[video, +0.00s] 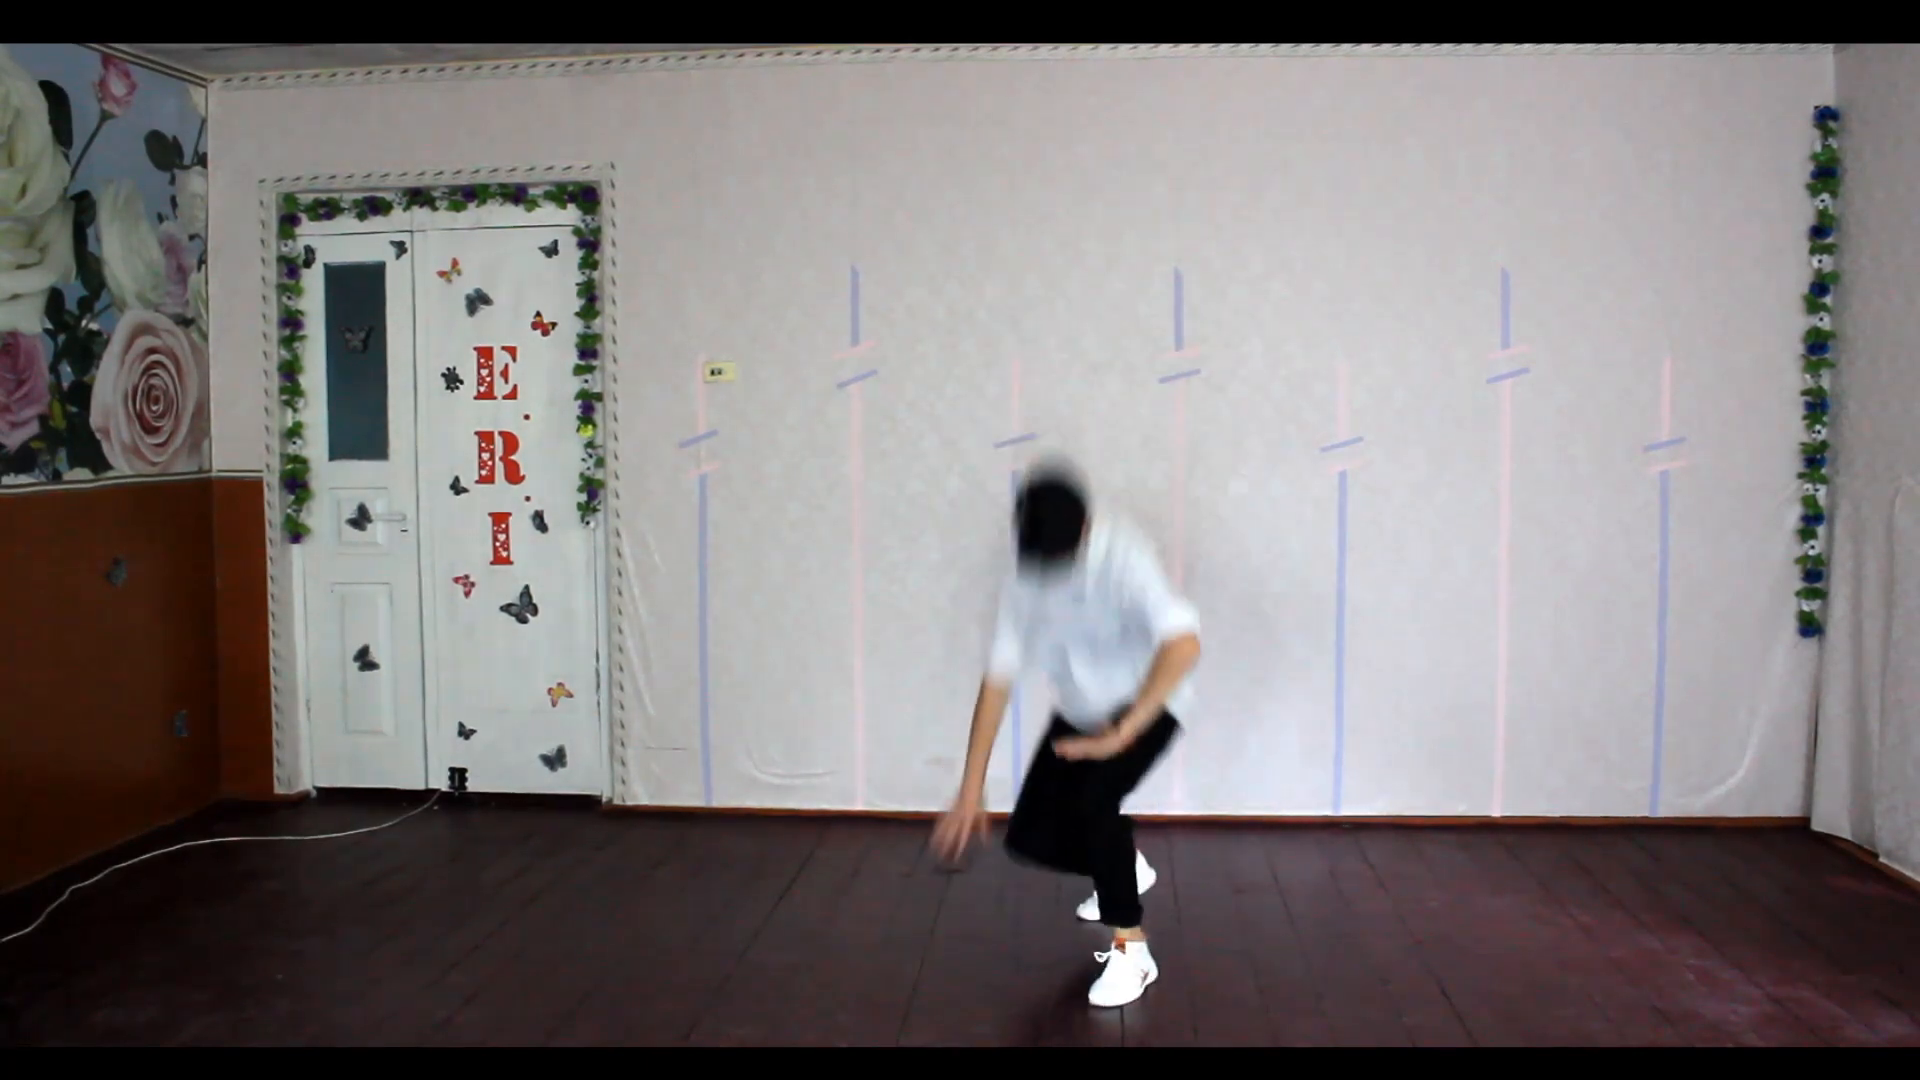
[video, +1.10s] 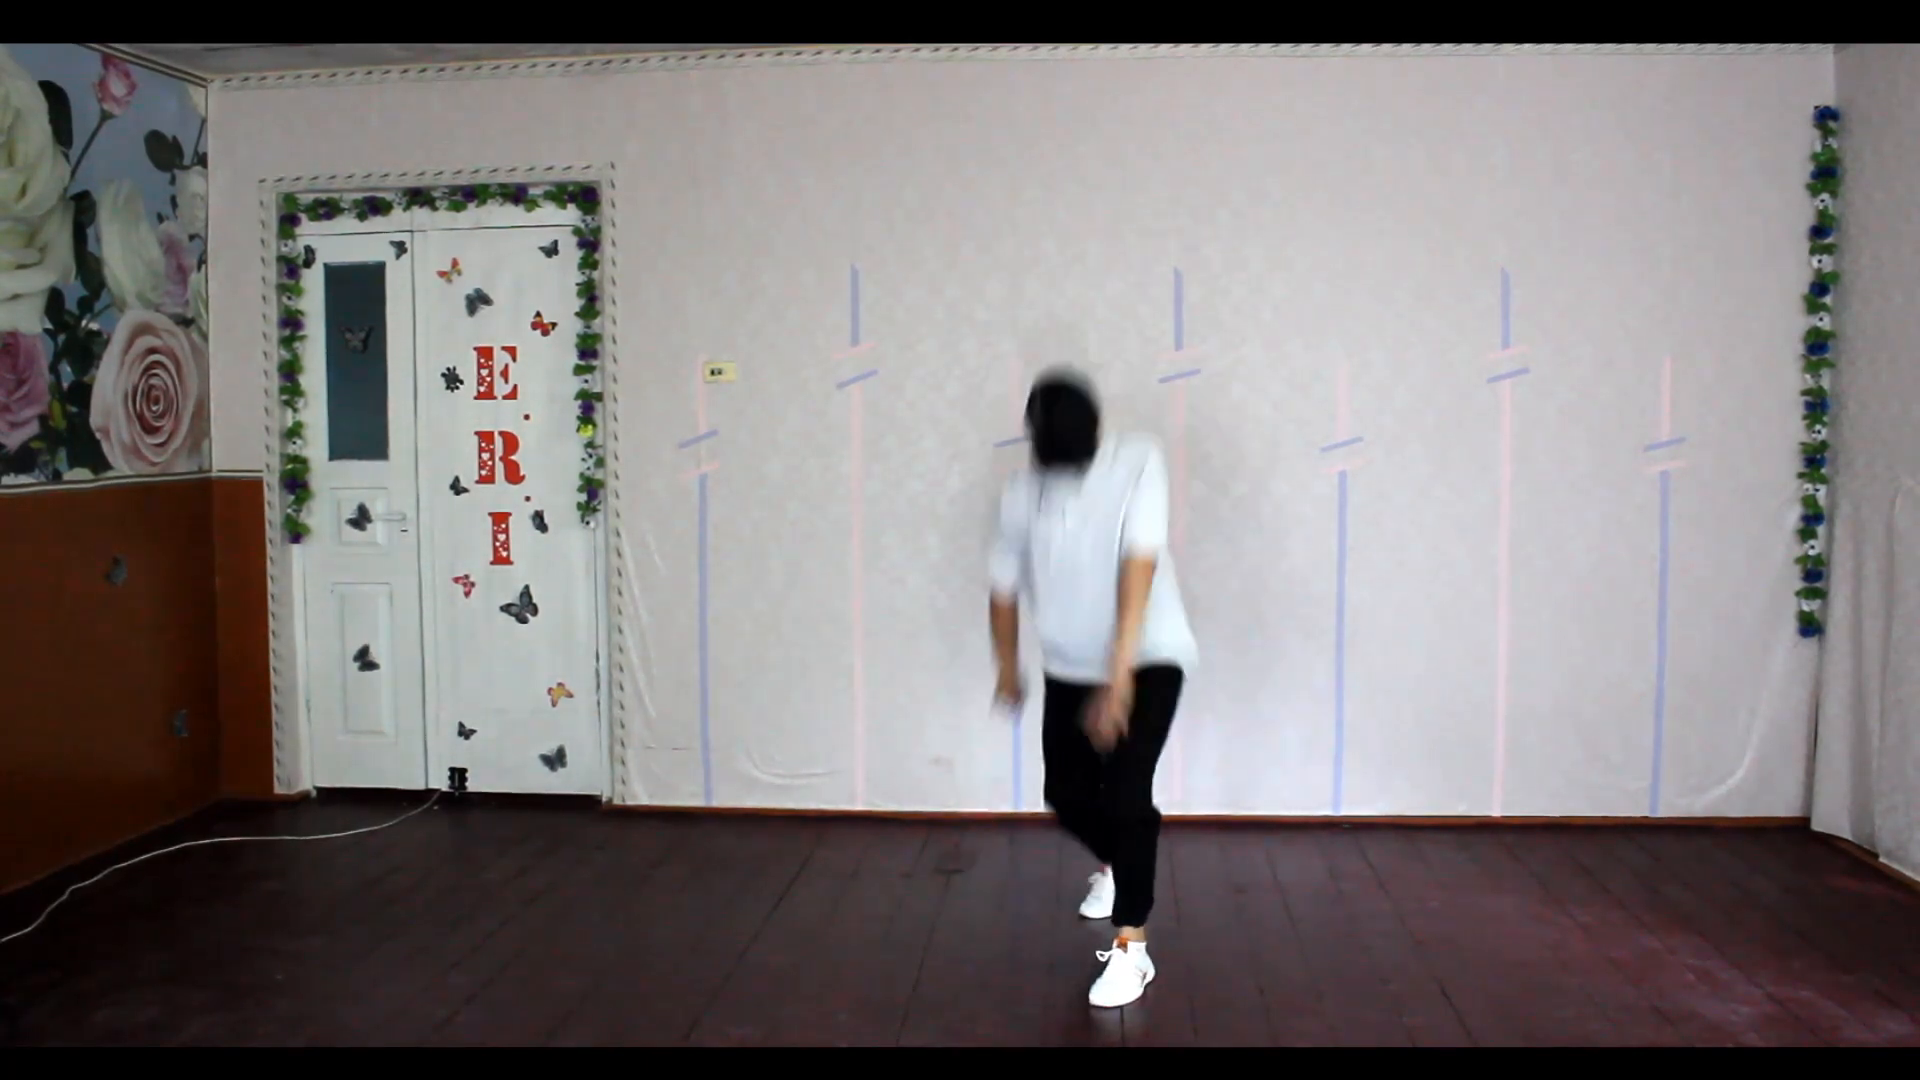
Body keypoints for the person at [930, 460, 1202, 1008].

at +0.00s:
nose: (1051, 567)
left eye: (1059, 557)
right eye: (1040, 558)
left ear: (1083, 532)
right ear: (1024, 538)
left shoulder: (1121, 552)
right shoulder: (1025, 574)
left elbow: (1183, 640)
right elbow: (996, 684)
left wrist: (1121, 734)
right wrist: (969, 794)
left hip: (1141, 715)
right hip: (1076, 716)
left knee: (1094, 804)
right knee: (1030, 836)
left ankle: (1130, 951)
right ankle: (1124, 866)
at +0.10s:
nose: (1041, 673)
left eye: (1048, 661)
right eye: (1029, 664)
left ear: (1069, 634)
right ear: (1013, 644)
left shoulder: (1113, 635)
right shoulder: (1013, 669)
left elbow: (1194, 693)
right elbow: (985, 771)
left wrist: (1136, 765)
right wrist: (963, 876)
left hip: (1159, 749)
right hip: (1083, 761)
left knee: (1104, 800)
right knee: (1025, 877)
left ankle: (1128, 947)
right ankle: (1118, 868)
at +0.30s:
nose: (1036, 824)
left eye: (1053, 793)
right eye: (1029, 816)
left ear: (1065, 759)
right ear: (1005, 773)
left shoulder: (1111, 727)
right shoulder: (1002, 773)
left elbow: (1212, 719)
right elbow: (990, 839)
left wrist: (1162, 780)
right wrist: (981, 926)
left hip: (1164, 807)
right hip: (1079, 827)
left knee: (1119, 797)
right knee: (1016, 929)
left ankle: (1130, 948)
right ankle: (1102, 866)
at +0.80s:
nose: (1049, 779)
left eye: (1055, 770)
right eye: (1038, 776)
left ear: (1070, 725)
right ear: (1011, 742)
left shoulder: (1106, 692)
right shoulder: (1009, 748)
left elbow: (1212, 708)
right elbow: (997, 830)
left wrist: (1165, 770)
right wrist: (980, 925)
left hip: (1160, 761)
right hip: (1084, 796)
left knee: (1123, 790)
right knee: (1035, 899)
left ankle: (1132, 944)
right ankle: (1102, 873)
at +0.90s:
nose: (1047, 693)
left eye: (1050, 681)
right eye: (1034, 690)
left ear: (1060, 648)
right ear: (1011, 670)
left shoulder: (1105, 624)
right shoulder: (1019, 692)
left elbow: (1200, 683)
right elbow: (995, 797)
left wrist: (1149, 759)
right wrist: (971, 891)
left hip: (1162, 717)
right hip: (1090, 743)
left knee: (1118, 795)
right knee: (1052, 862)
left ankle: (1132, 946)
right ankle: (1125, 868)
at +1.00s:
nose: (1047, 551)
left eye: (1054, 539)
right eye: (1035, 543)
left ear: (1071, 515)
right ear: (1018, 529)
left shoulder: (1124, 529)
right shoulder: (1017, 566)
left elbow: (1161, 629)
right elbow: (1000, 674)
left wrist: (1150, 740)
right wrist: (988, 764)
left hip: (1153, 693)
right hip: (1085, 702)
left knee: (1121, 806)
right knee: (1063, 832)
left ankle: (1131, 951)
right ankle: (1126, 868)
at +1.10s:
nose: (1062, 468)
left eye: (1070, 456)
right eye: (1052, 457)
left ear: (1091, 433)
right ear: (1037, 440)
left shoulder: (1136, 463)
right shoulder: (1023, 488)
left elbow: (1139, 568)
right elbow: (1003, 587)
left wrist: (1120, 679)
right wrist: (1007, 668)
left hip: (1145, 662)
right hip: (1069, 667)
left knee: (1123, 797)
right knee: (1067, 797)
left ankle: (1131, 944)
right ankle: (1117, 859)